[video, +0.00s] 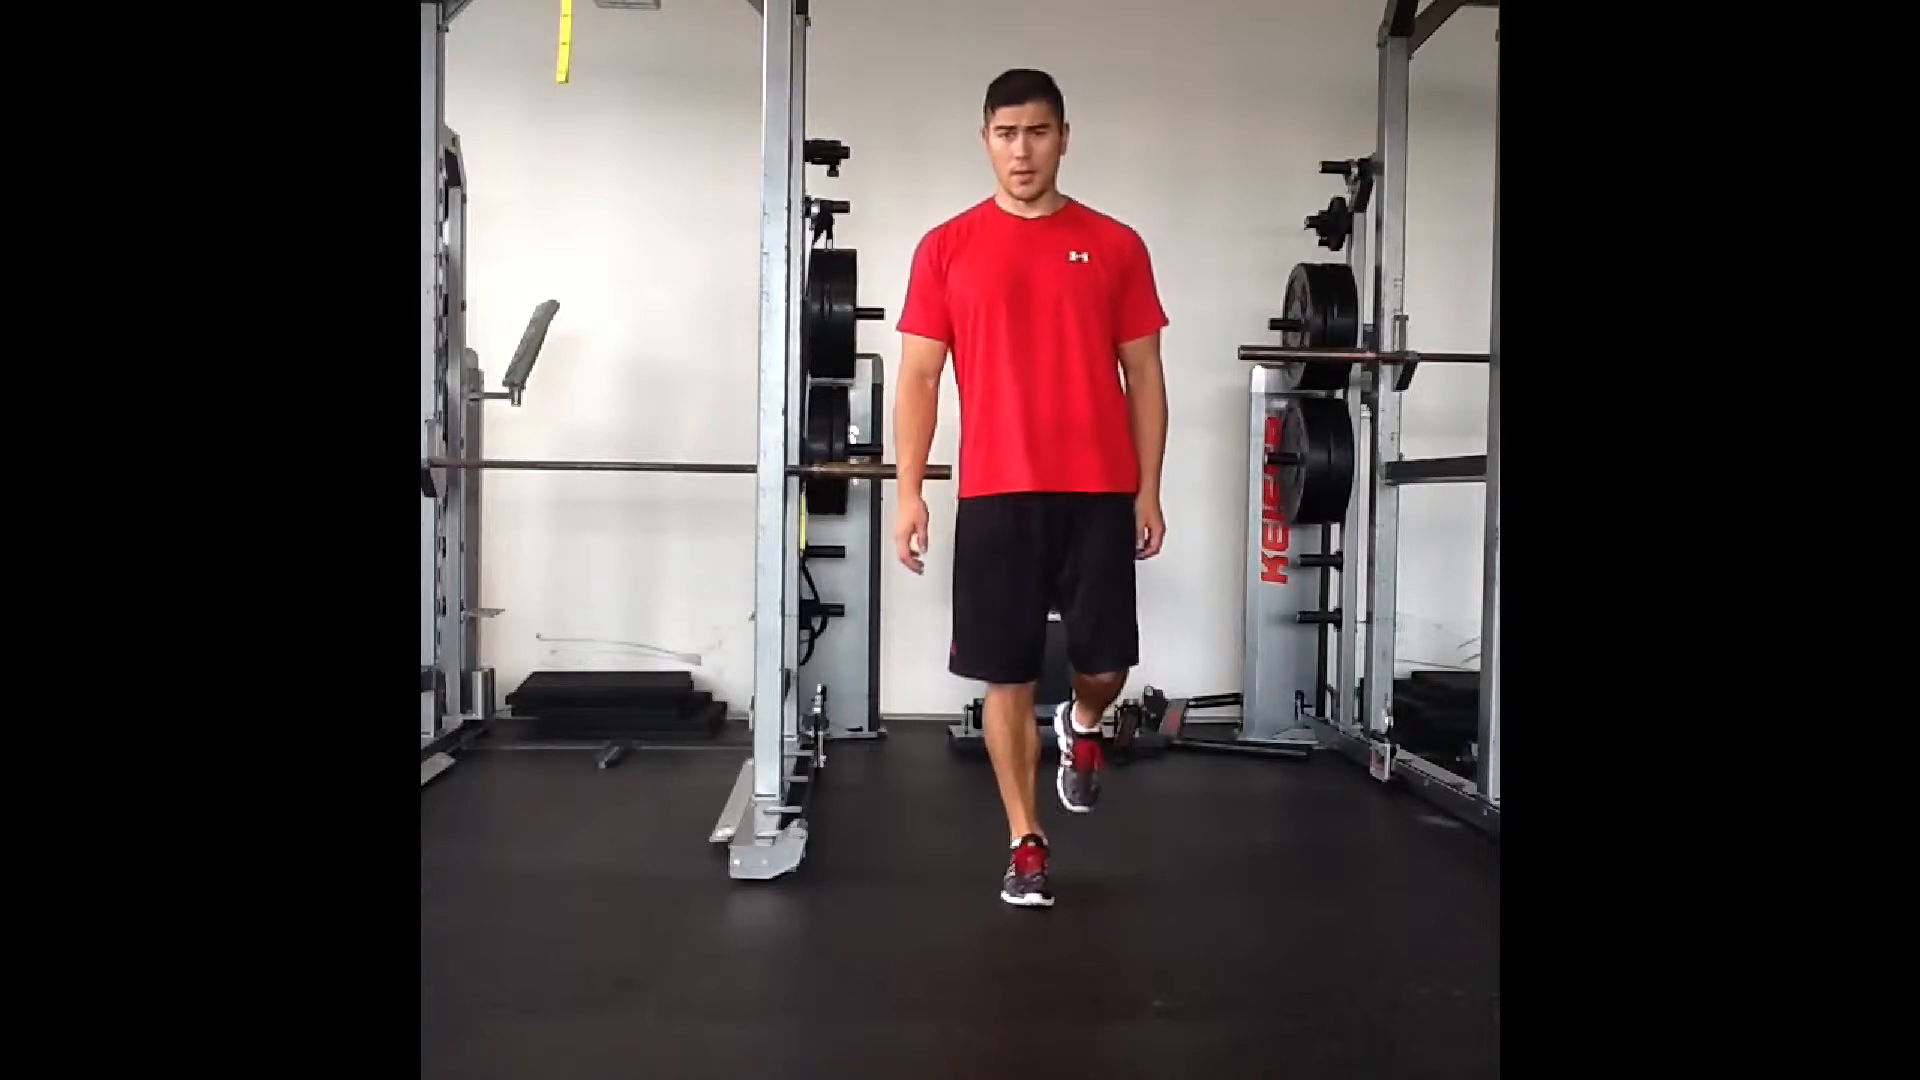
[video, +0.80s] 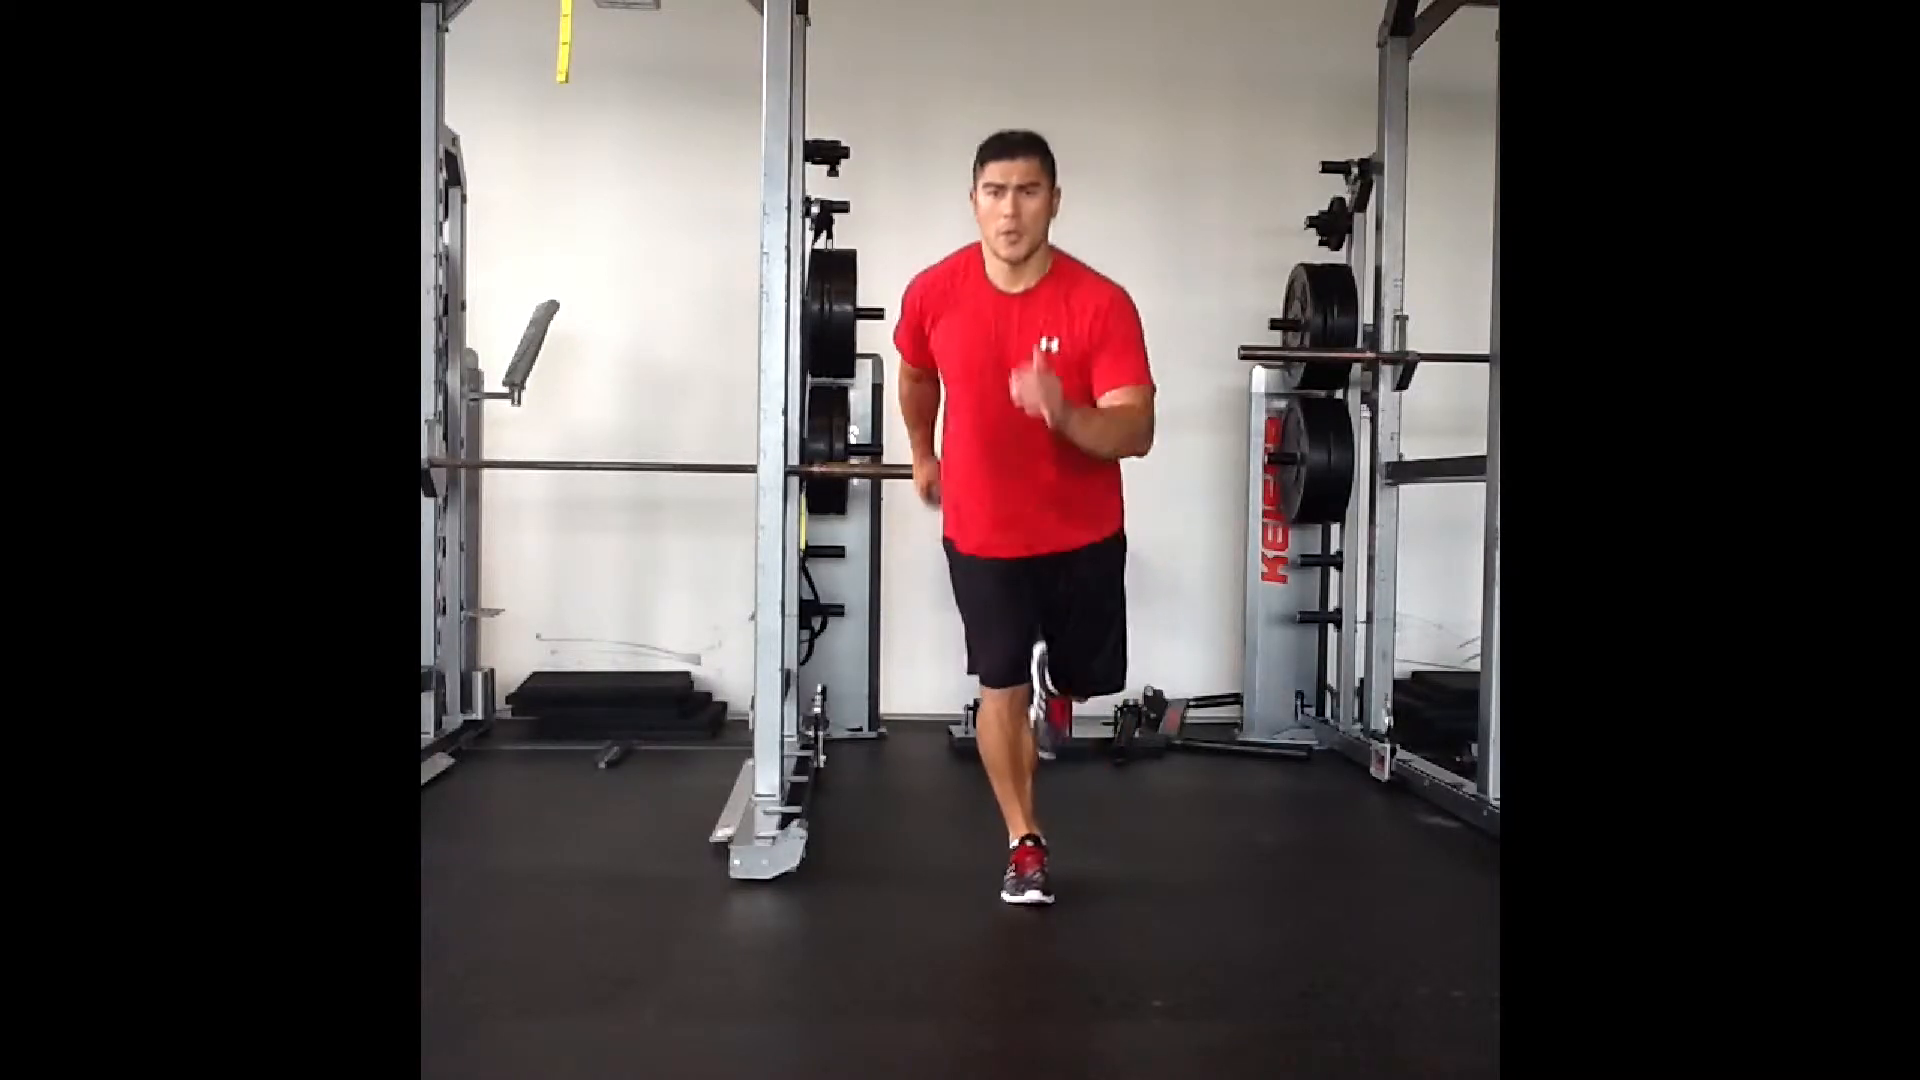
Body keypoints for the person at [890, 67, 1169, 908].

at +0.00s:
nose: (1023, 147)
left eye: (1038, 131)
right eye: (1007, 132)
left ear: (1062, 139)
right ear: (986, 142)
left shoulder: (1115, 246)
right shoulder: (946, 249)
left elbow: (1144, 372)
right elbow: (918, 374)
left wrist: (1148, 487)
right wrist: (911, 492)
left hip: (1099, 490)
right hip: (997, 492)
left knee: (1106, 664)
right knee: (1008, 673)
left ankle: (1081, 732)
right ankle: (1024, 841)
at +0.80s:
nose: (1010, 207)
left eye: (1027, 191)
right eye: (995, 191)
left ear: (1053, 202)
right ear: (975, 202)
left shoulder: (1101, 305)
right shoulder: (932, 296)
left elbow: (1133, 431)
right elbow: (916, 379)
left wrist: (1067, 416)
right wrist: (922, 454)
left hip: (1083, 532)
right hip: (984, 534)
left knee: (1088, 676)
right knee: (1007, 681)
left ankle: (1054, 683)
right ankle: (1023, 840)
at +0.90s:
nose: (1009, 249)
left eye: (1025, 234)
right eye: (993, 234)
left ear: (1051, 246)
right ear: (972, 246)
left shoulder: (1092, 330)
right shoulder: (935, 322)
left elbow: (1123, 430)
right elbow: (916, 375)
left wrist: (1044, 356)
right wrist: (925, 395)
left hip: (1083, 544)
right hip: (985, 545)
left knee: (1067, 682)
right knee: (1009, 681)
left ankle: (996, 702)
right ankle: (1024, 843)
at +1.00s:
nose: (1003, 286)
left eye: (1020, 270)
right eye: (987, 271)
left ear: (1047, 280)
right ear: (966, 282)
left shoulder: (1082, 350)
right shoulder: (934, 347)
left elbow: (1111, 430)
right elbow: (918, 334)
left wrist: (1029, 355)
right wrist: (925, 323)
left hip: (1083, 564)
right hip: (988, 561)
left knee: (1052, 683)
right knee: (1009, 691)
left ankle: (1006, 714)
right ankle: (1024, 844)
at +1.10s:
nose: (991, 292)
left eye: (1009, 275)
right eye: (976, 275)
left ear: (1036, 284)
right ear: (954, 284)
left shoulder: (1084, 360)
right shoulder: (920, 363)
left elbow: (1129, 475)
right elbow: (958, 426)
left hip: (1084, 568)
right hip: (988, 566)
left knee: (1057, 700)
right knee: (1013, 701)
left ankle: (1001, 717)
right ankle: (1026, 844)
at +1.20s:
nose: (987, 258)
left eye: (1003, 242)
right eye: (971, 244)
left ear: (1031, 252)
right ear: (950, 259)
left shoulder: (1092, 345)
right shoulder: (919, 363)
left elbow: (1133, 473)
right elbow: (917, 459)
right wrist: (928, 516)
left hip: (1082, 560)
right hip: (983, 564)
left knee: (1074, 718)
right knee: (1014, 699)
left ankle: (1044, 741)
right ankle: (1026, 843)